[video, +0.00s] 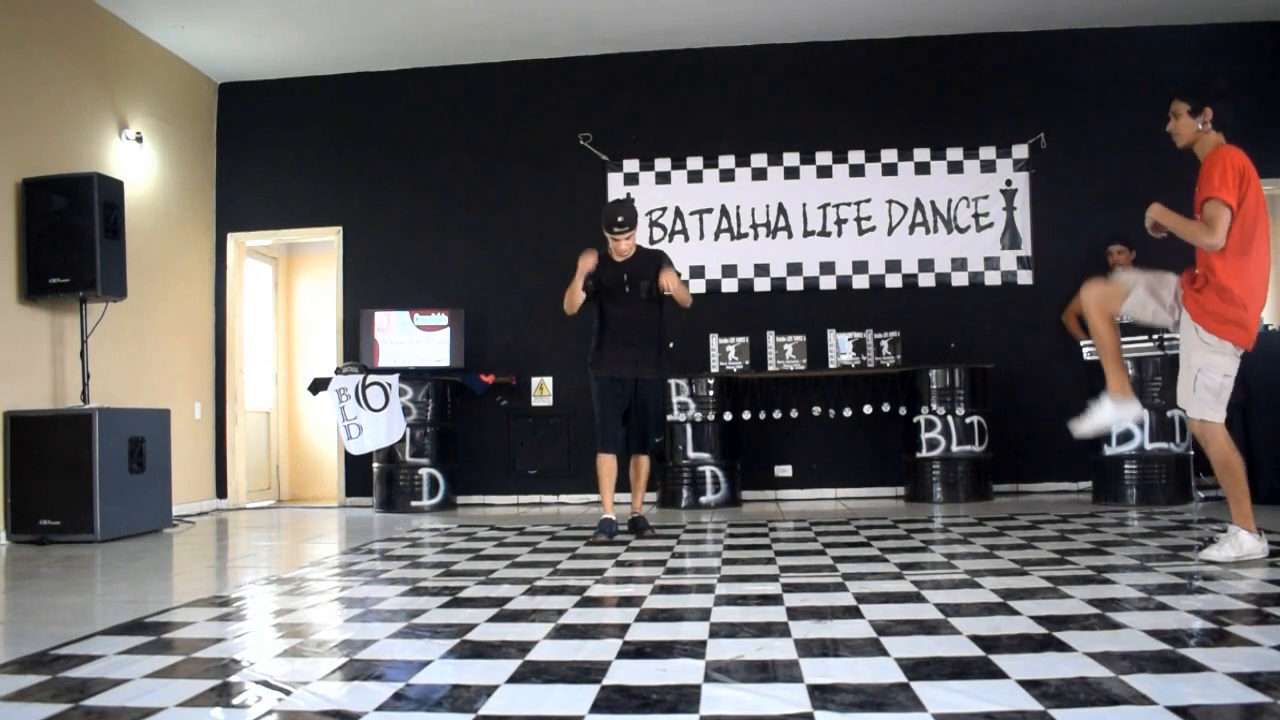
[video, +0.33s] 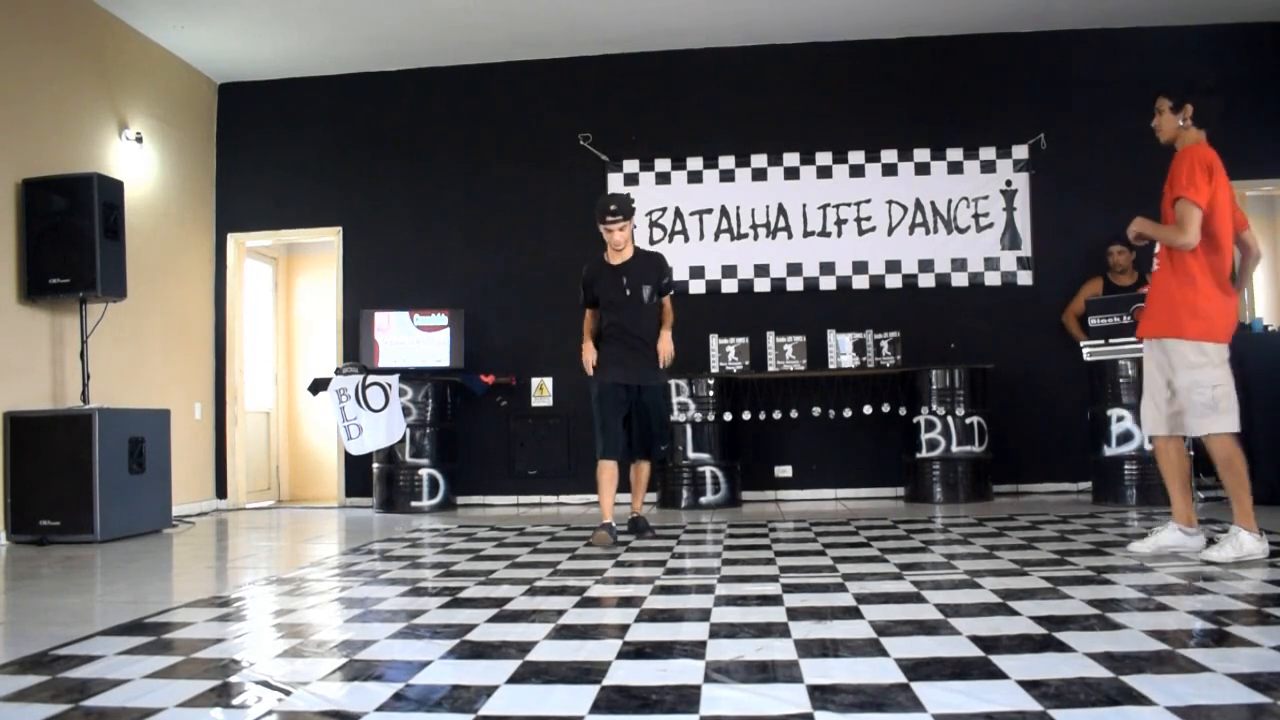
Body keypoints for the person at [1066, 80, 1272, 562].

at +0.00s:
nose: (1169, 125)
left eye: (1176, 116)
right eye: (1169, 116)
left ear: (1205, 118)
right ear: (1200, 120)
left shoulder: (1224, 161)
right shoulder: (1218, 163)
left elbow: (1213, 235)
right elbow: (1217, 245)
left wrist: (1163, 216)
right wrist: (1138, 265)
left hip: (1221, 312)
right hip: (1193, 293)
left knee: (1206, 422)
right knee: (1096, 294)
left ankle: (1246, 533)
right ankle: (1121, 400)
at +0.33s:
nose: (1153, 122)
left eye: (1159, 113)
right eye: (1154, 114)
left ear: (1185, 113)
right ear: (1186, 116)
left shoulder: (1191, 157)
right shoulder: (1210, 165)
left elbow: (1187, 234)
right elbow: (1251, 249)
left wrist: (1146, 227)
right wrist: (1228, 293)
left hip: (1191, 318)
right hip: (1166, 321)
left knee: (1211, 423)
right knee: (1163, 424)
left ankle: (1247, 532)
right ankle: (1184, 526)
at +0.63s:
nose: (1122, 139)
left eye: (1128, 131)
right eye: (1123, 131)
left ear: (1153, 134)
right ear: (1153, 135)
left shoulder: (1158, 172)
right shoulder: (1170, 174)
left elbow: (1133, 250)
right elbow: (1168, 258)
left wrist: (1116, 233)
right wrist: (1120, 260)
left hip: (1183, 292)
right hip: (1191, 305)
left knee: (1076, 289)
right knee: (1144, 412)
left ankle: (1041, 398)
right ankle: (1183, 525)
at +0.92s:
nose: (1109, 168)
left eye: (1107, 161)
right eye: (1111, 162)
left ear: (1111, 162)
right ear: (1149, 152)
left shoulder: (1175, 181)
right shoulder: (1124, 211)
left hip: (1186, 288)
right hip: (1148, 318)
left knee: (1146, 179)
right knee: (1106, 409)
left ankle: (1073, 262)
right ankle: (1164, 511)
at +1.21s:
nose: (1118, 130)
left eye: (1126, 120)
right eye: (1117, 122)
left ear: (1155, 121)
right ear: (1149, 126)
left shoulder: (1171, 170)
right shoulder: (1177, 171)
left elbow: (1140, 250)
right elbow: (1217, 242)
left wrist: (1123, 232)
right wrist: (1249, 300)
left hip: (1179, 297)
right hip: (1195, 301)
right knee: (1179, 415)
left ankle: (1194, 454)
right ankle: (1186, 529)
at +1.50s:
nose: (1151, 127)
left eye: (1159, 118)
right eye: (1150, 120)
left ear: (1188, 118)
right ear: (1175, 123)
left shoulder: (1212, 161)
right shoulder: (1188, 173)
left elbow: (1238, 230)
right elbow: (1203, 244)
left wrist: (1177, 268)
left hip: (1223, 327)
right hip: (1181, 327)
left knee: (1257, 425)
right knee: (1182, 423)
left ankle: (1278, 523)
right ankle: (1186, 528)